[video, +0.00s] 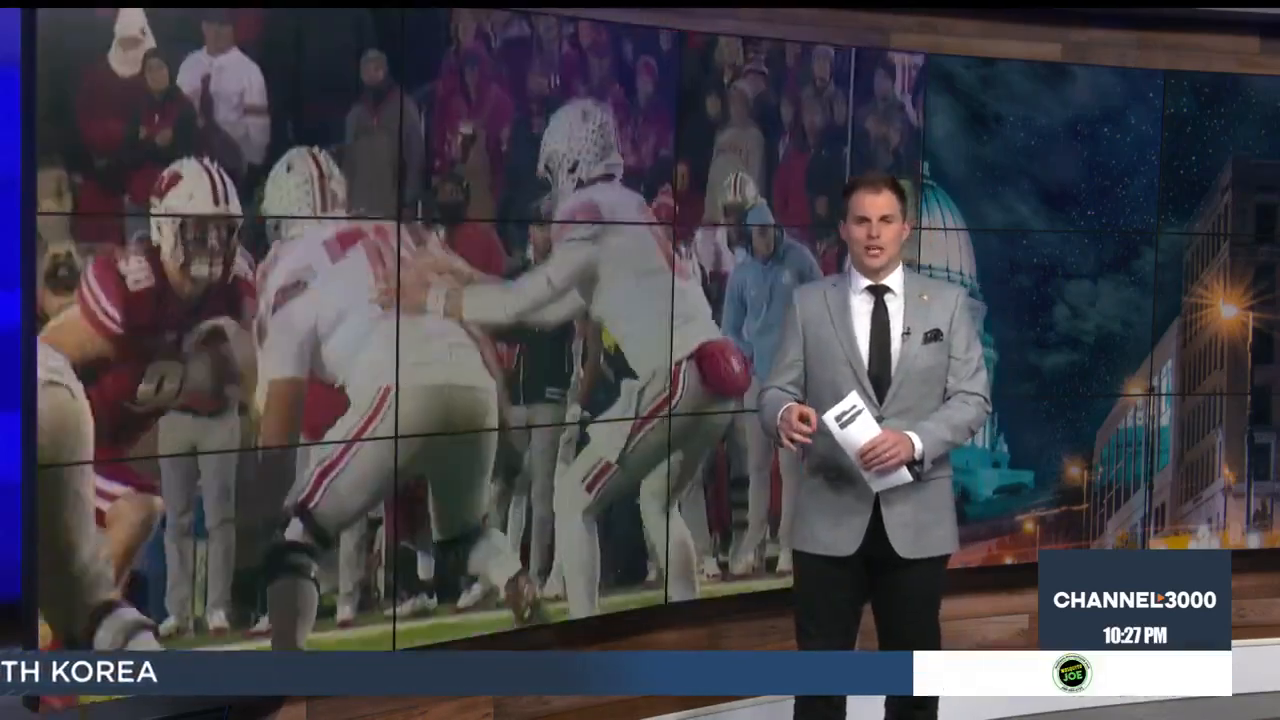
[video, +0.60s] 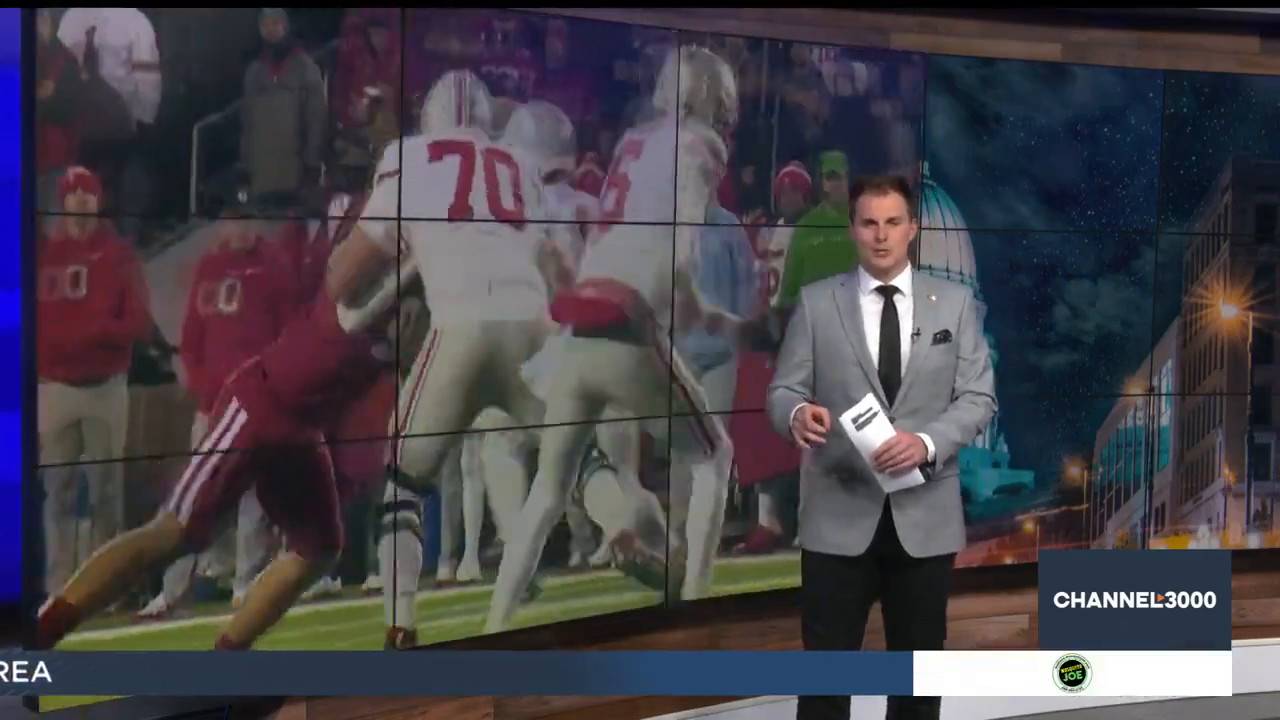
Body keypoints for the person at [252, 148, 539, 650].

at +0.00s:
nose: (268, 232)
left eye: (272, 220)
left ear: (278, 215)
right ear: (340, 198)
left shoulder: (289, 269)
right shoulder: (405, 236)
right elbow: (480, 295)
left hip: (397, 394)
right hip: (474, 388)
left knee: (300, 528)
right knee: (465, 533)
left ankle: (286, 661)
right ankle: (517, 585)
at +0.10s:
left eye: (331, 156)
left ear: (332, 155)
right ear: (394, 149)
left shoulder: (327, 208)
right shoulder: (443, 192)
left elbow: (269, 330)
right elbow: (527, 232)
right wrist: (555, 324)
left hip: (410, 374)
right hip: (484, 367)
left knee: (325, 513)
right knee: (501, 501)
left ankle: (289, 650)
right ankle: (556, 548)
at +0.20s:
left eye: (381, 123)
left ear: (385, 123)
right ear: (452, 121)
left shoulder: (372, 175)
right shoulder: (493, 171)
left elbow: (336, 273)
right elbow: (555, 272)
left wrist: (284, 337)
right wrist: (561, 367)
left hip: (414, 358)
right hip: (495, 353)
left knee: (359, 495)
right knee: (534, 500)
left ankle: (314, 630)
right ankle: (575, 620)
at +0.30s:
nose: (397, 130)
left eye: (399, 121)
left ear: (403, 120)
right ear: (463, 117)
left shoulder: (392, 158)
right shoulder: (511, 171)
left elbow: (350, 241)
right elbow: (526, 267)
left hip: (438, 332)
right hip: (512, 331)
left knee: (371, 470)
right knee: (534, 477)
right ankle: (563, 618)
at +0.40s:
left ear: (390, 122)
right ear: (448, 120)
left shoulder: (384, 164)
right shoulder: (487, 162)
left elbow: (322, 234)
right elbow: (505, 241)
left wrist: (258, 247)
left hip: (458, 319)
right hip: (530, 314)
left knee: (407, 451)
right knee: (533, 464)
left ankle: (423, 611)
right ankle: (557, 612)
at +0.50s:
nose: (389, 117)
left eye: (395, 109)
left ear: (404, 113)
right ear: (466, 114)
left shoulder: (382, 162)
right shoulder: (501, 162)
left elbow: (315, 277)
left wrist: (293, 250)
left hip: (463, 325)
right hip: (530, 312)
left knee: (427, 476)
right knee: (540, 459)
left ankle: (429, 622)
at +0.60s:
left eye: (428, 109)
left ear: (428, 113)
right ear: (484, 115)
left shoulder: (405, 156)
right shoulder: (515, 162)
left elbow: (358, 254)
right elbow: (548, 251)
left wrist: (335, 304)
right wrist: (564, 304)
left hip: (458, 324)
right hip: (530, 319)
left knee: (405, 477)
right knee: (575, 448)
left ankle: (400, 628)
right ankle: (631, 536)